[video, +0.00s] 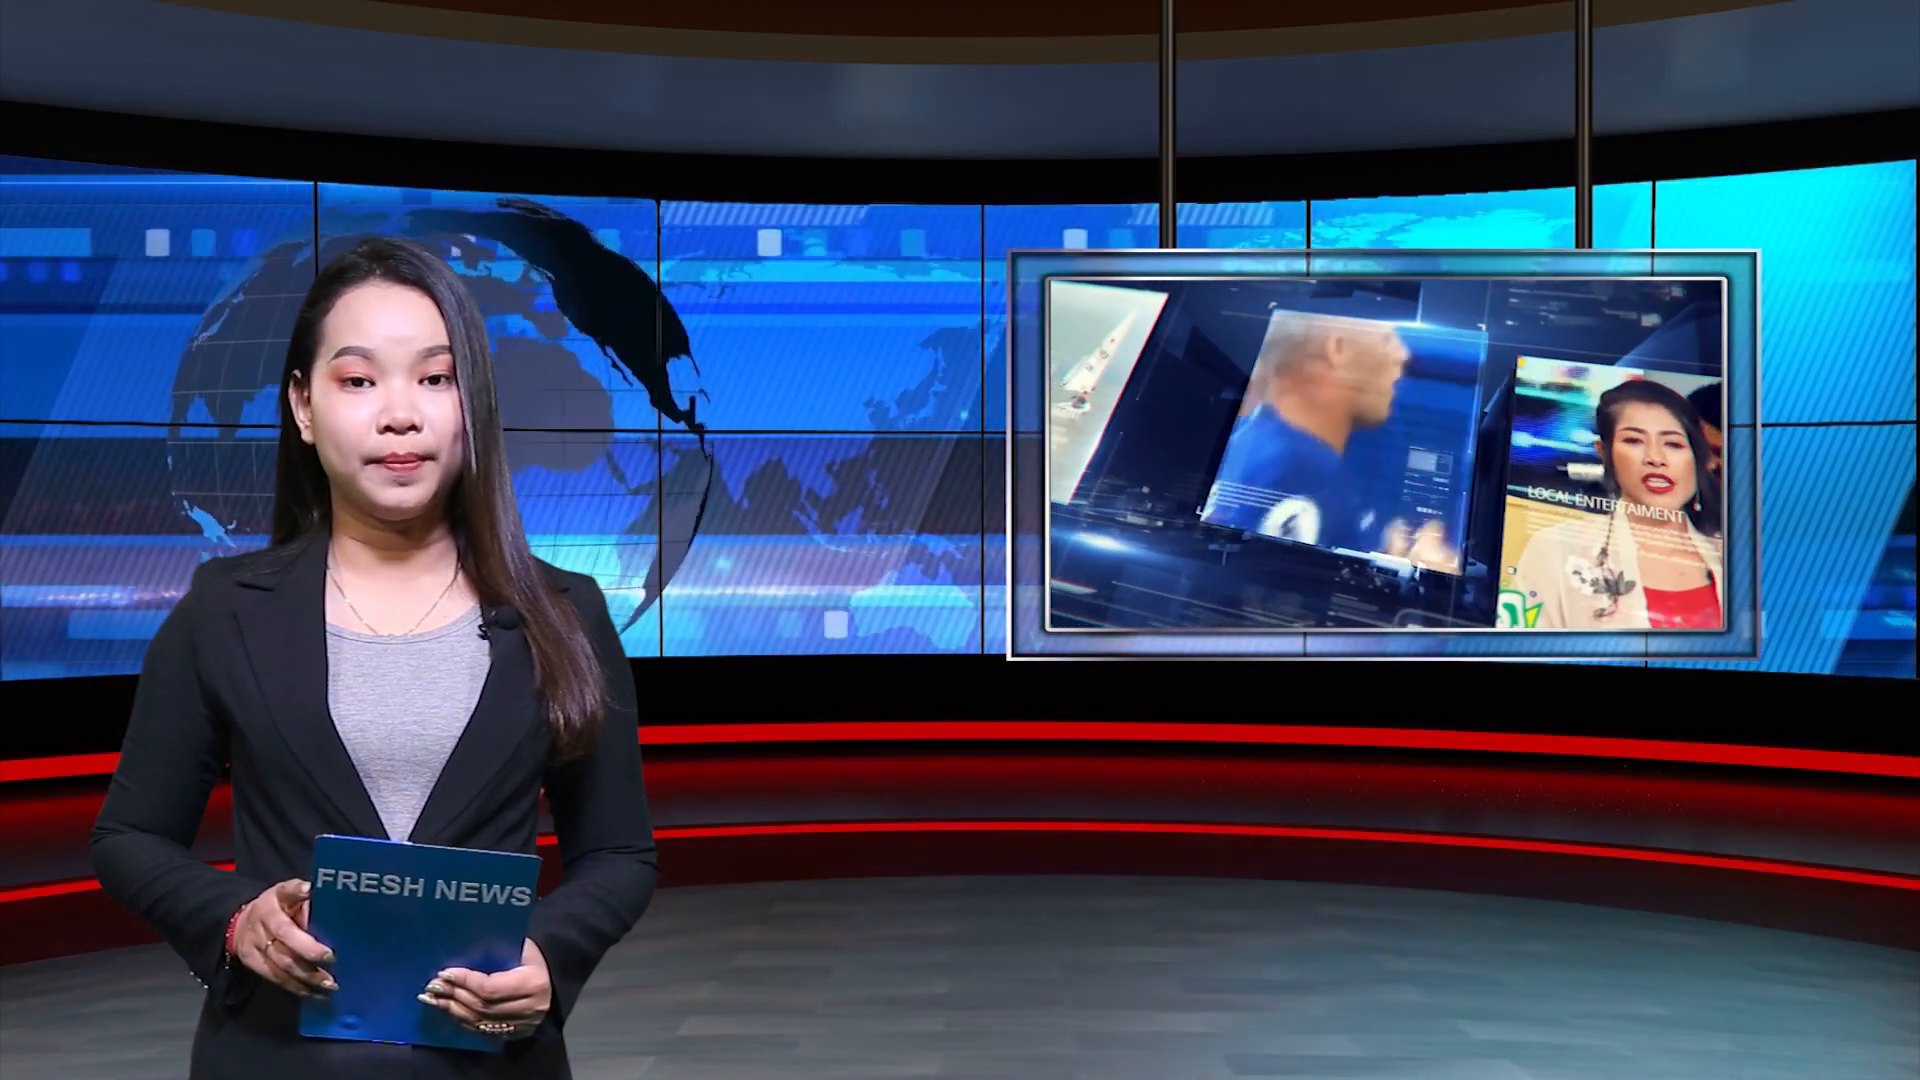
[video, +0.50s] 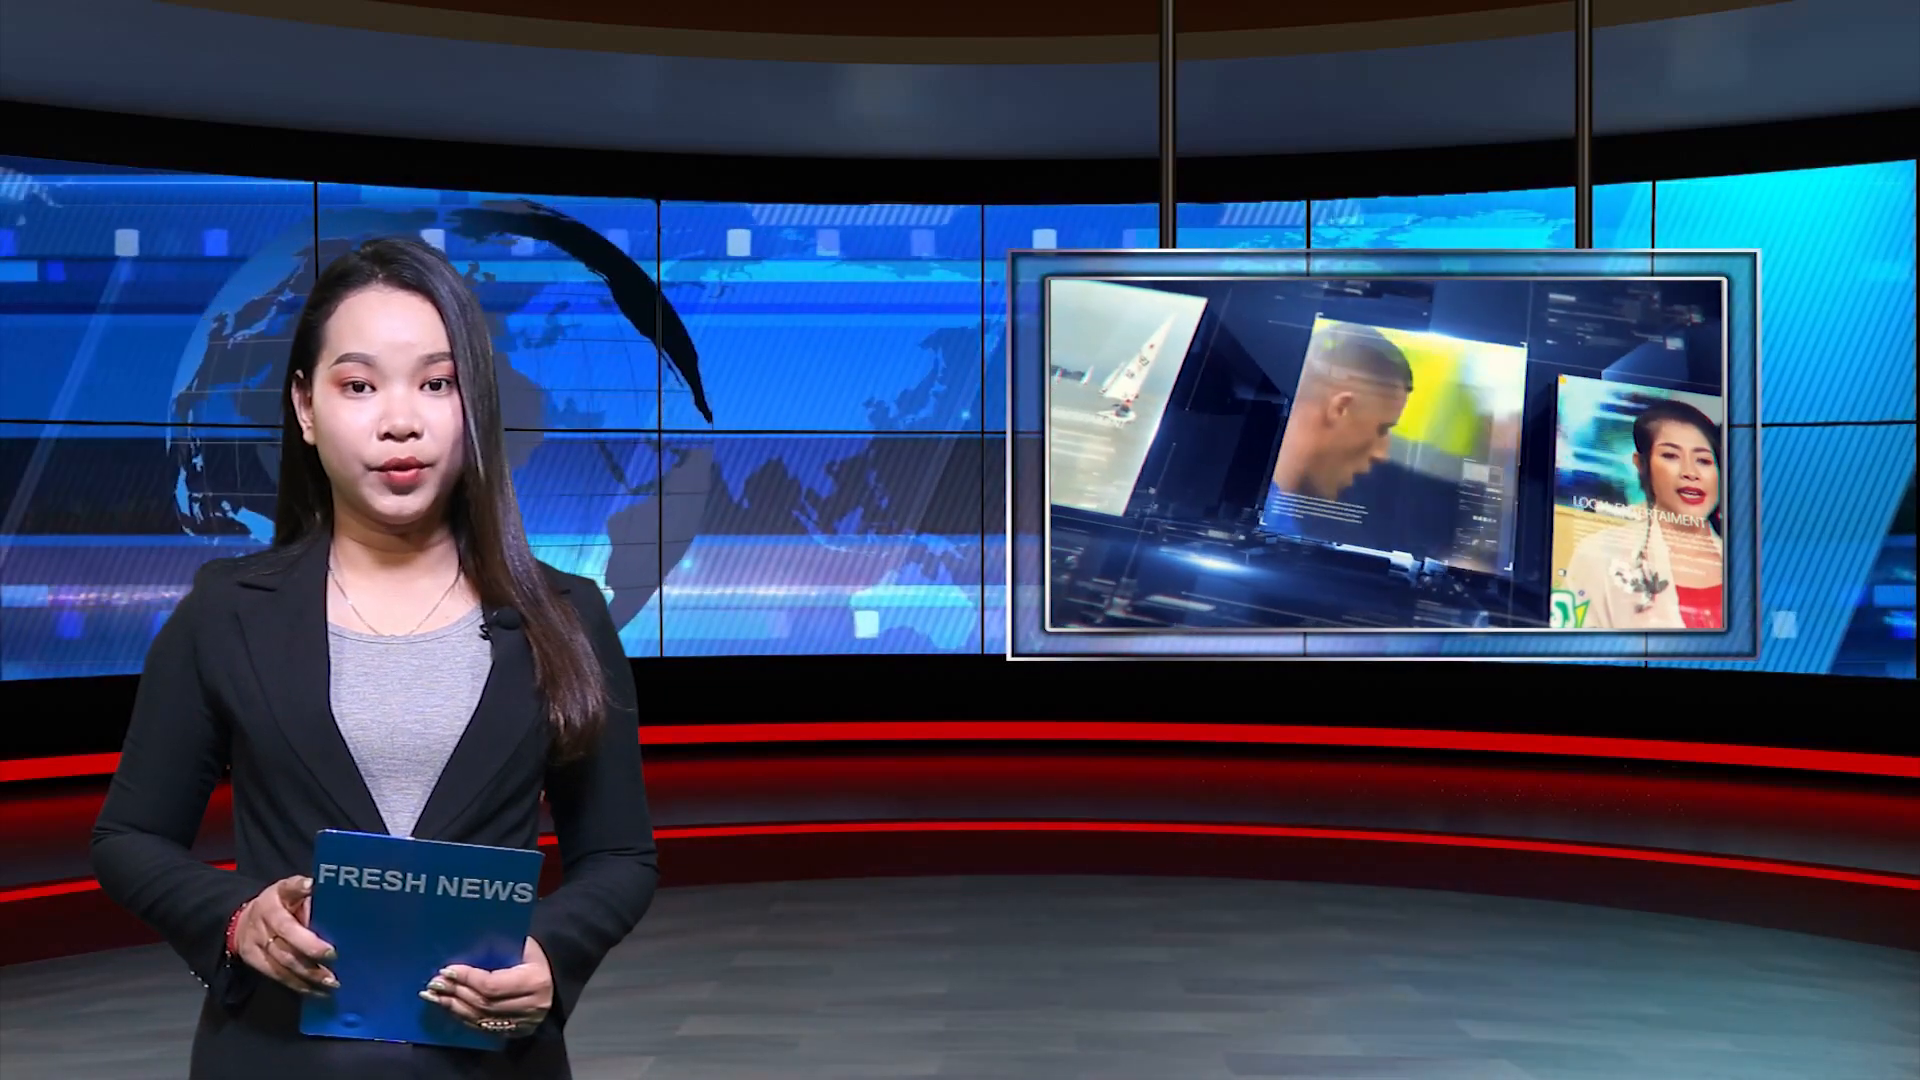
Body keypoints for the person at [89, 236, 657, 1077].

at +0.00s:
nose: (401, 414)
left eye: (433, 376)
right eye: (358, 378)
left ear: (470, 405)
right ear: (303, 409)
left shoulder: (560, 614)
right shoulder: (225, 613)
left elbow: (617, 855)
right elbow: (129, 838)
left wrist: (546, 958)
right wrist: (231, 916)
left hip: (492, 1050)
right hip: (279, 1052)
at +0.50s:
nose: (401, 422)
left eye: (435, 382)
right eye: (359, 384)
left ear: (472, 407)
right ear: (305, 410)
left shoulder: (560, 617)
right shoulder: (228, 614)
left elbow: (618, 857)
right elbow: (129, 839)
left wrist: (547, 958)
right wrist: (232, 914)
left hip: (492, 1051)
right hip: (278, 1053)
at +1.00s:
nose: (402, 416)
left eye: (436, 379)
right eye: (359, 380)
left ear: (475, 404)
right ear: (307, 409)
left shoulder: (562, 616)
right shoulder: (230, 613)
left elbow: (620, 857)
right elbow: (131, 839)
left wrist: (549, 960)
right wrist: (235, 915)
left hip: (493, 1051)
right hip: (280, 1054)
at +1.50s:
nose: (408, 412)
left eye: (442, 376)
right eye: (367, 376)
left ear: (480, 405)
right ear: (312, 407)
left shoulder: (565, 614)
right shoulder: (233, 613)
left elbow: (623, 855)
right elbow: (132, 838)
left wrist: (555, 959)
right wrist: (239, 917)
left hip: (498, 1050)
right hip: (284, 1052)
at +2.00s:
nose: (388, 409)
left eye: (425, 373)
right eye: (348, 377)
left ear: (476, 397)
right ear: (308, 408)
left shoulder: (568, 617)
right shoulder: (234, 614)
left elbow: (625, 857)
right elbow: (134, 838)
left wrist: (555, 960)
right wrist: (239, 916)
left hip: (497, 1052)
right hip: (282, 1053)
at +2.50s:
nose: (396, 413)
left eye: (432, 375)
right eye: (355, 379)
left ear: (476, 400)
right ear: (310, 411)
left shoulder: (566, 618)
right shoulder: (234, 612)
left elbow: (622, 856)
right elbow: (133, 838)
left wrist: (556, 960)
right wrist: (240, 915)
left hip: (499, 1052)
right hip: (282, 1054)